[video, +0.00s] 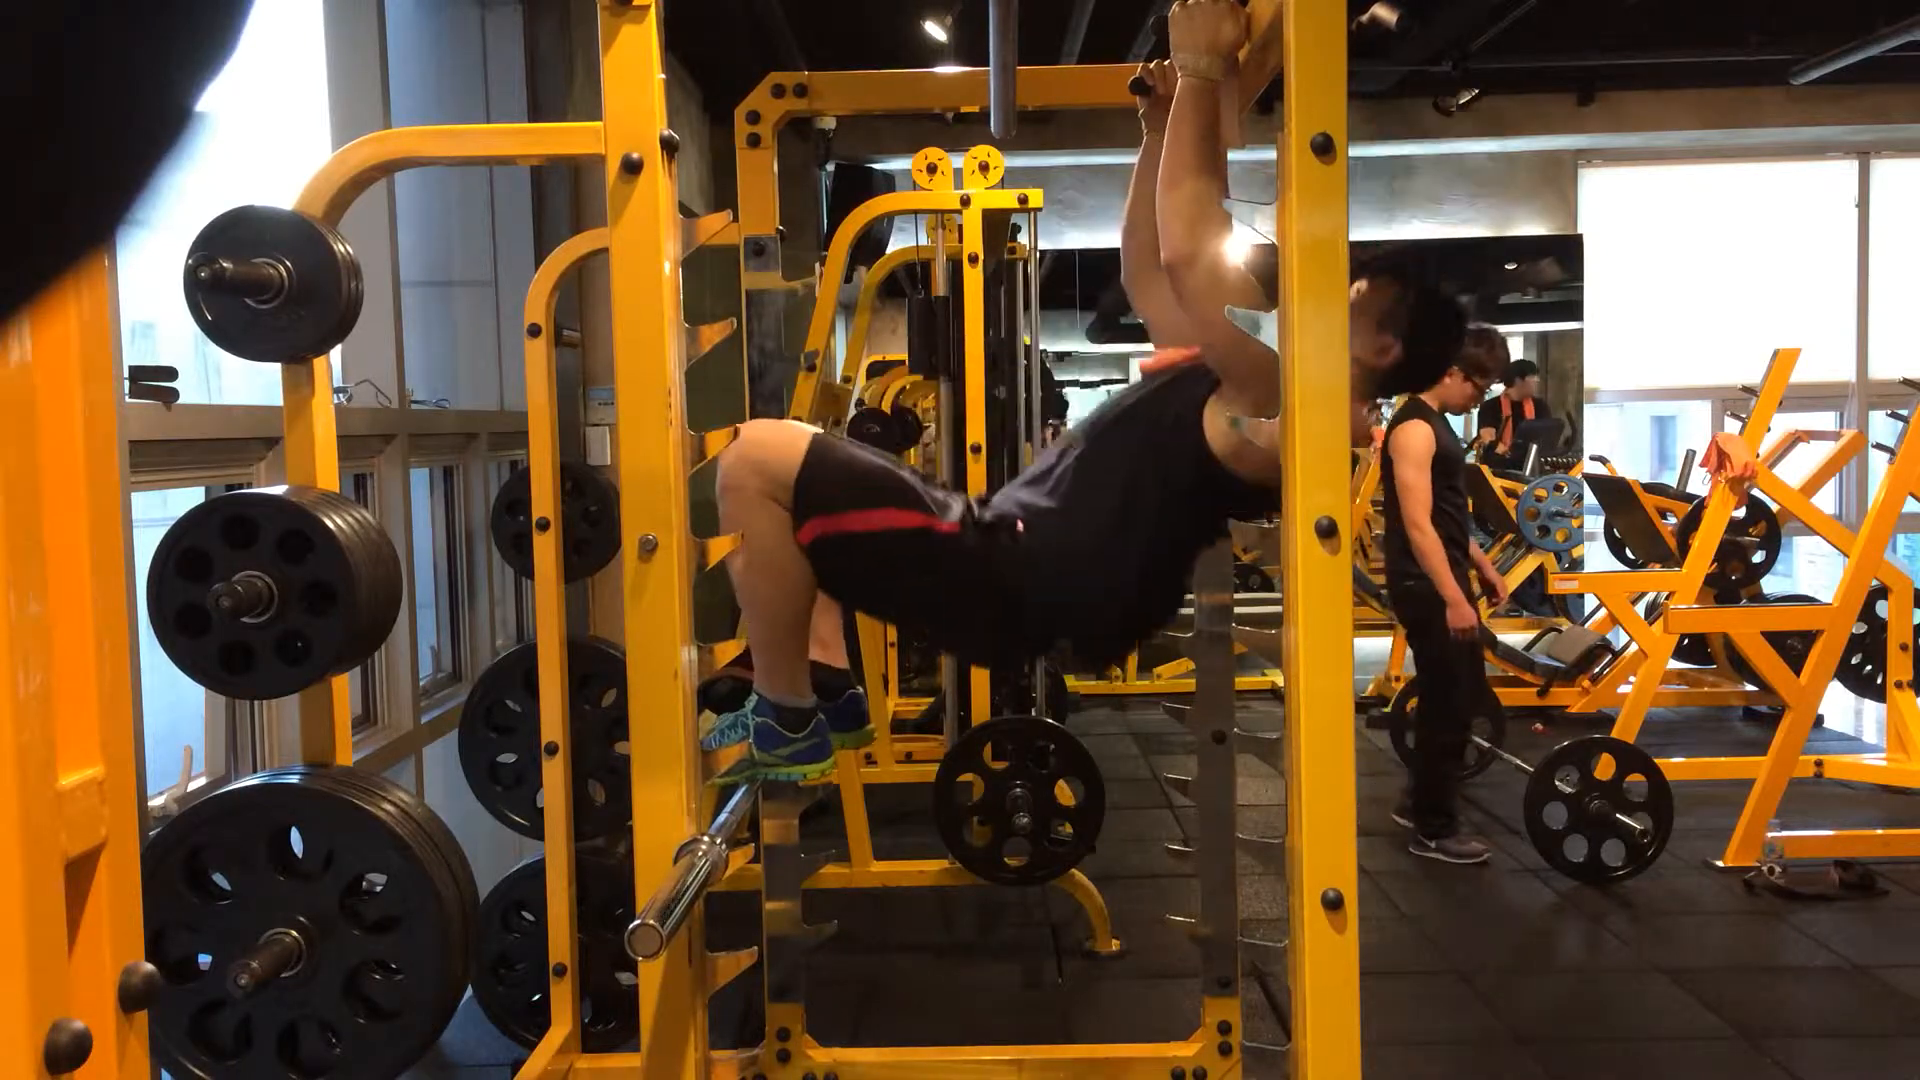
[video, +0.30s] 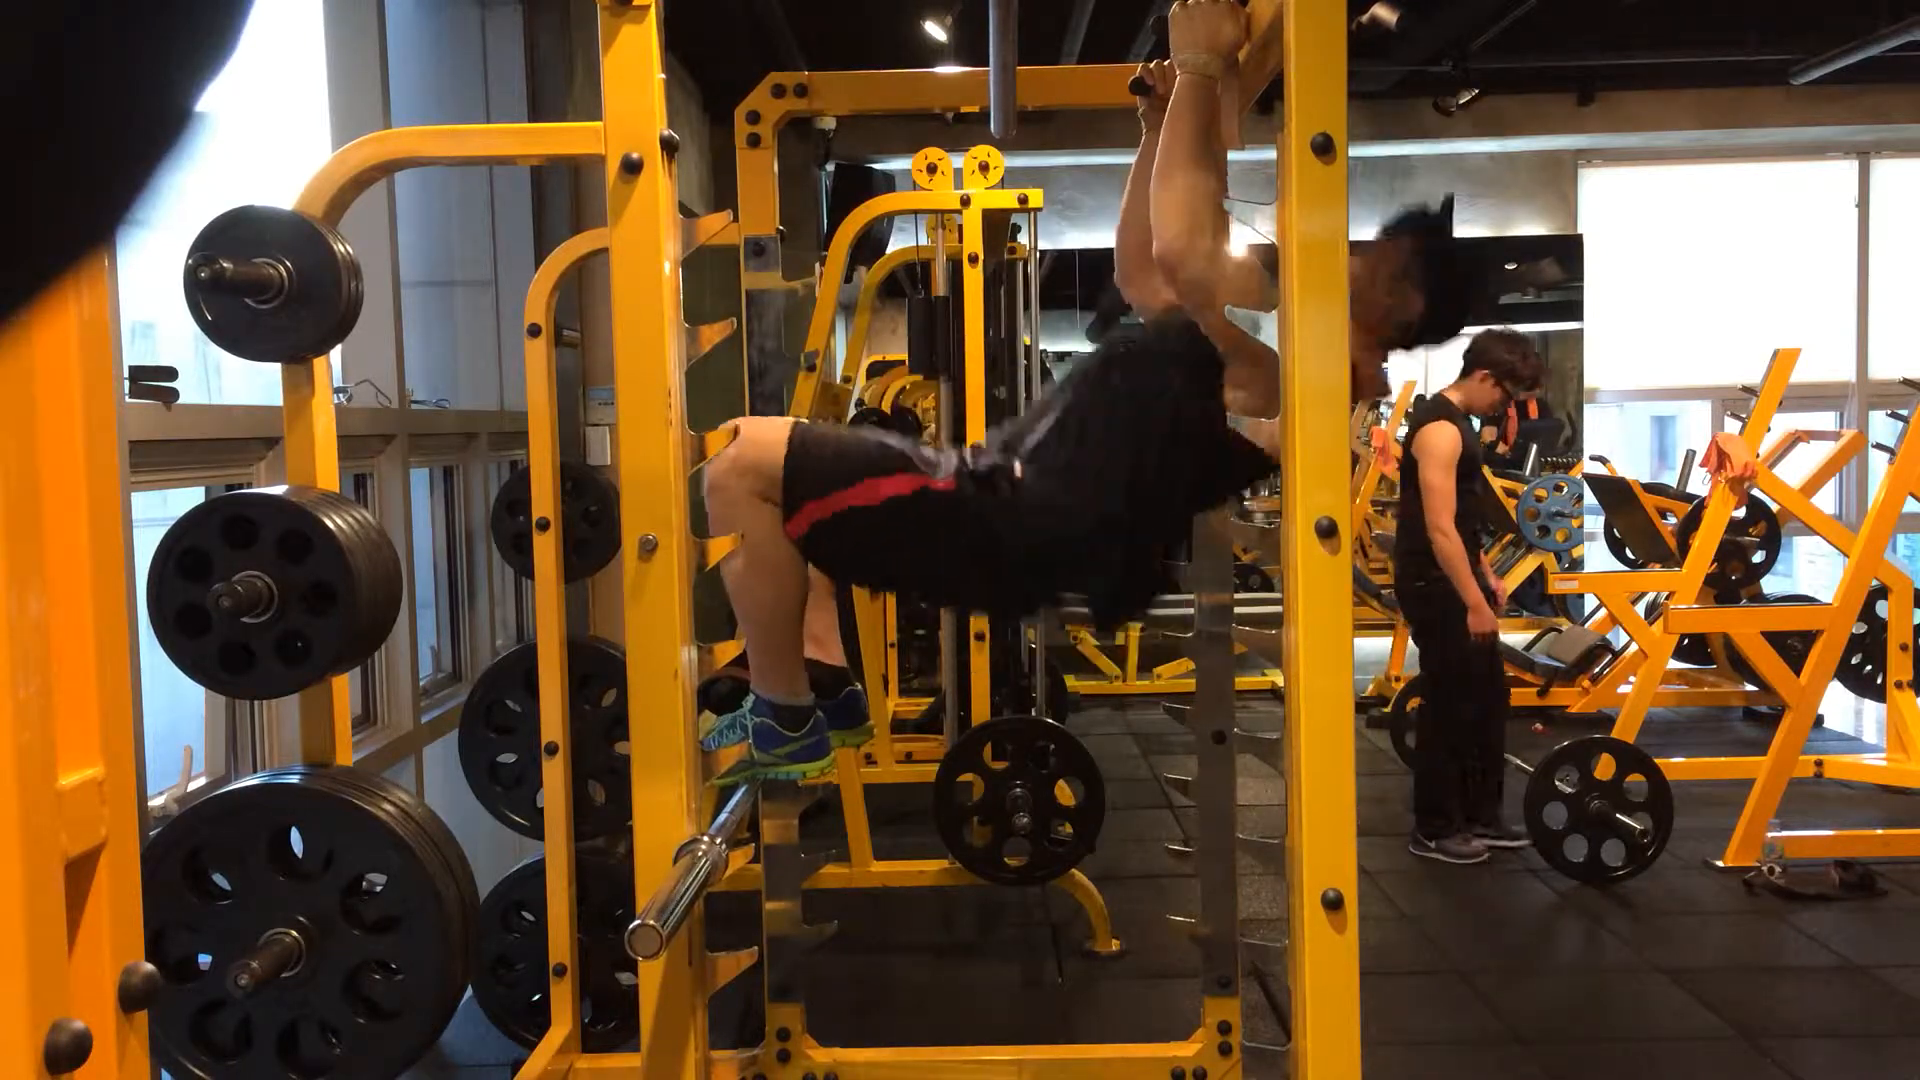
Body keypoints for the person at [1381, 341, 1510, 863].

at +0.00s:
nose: (1478, 400)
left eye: (1483, 391)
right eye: (1477, 388)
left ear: (1454, 376)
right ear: (1452, 374)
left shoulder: (1434, 425)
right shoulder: (1414, 429)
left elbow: (1446, 514)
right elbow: (1416, 524)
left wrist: (1483, 566)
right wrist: (1453, 598)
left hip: (1441, 581)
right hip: (1425, 586)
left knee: (1456, 693)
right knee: (1448, 699)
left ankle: (1421, 799)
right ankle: (1434, 828)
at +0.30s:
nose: (1502, 407)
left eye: (1508, 399)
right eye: (1504, 396)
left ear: (1481, 379)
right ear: (1482, 377)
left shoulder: (1456, 424)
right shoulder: (1440, 429)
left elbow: (1458, 521)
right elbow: (1439, 530)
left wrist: (1486, 575)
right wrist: (1474, 603)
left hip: (1456, 581)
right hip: (1434, 584)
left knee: (1488, 695)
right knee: (1453, 700)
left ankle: (1478, 818)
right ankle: (1436, 828)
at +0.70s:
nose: (1561, 410)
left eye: (1567, 401)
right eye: (1564, 398)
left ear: (1536, 376)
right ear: (1545, 379)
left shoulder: (1489, 418)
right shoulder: (1493, 428)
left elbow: (1484, 524)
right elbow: (1490, 528)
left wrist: (1512, 590)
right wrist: (1525, 599)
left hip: (1475, 582)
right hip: (1473, 585)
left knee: (1505, 704)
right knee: (1488, 703)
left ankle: (1515, 827)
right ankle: (1437, 827)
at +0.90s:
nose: (1583, 415)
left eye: (1589, 407)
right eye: (1588, 405)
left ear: (1566, 381)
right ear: (1572, 385)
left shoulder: (1513, 420)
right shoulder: (1514, 434)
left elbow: (1517, 524)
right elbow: (1512, 538)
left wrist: (1563, 569)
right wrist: (1554, 608)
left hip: (1493, 578)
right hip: (1486, 583)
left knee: (1522, 702)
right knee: (1516, 703)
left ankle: (1498, 821)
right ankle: (1472, 820)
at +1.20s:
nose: (1626, 452)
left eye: (1634, 446)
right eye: (1632, 441)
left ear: (1615, 415)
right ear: (1617, 419)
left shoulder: (1565, 443)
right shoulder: (1552, 455)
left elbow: (1586, 520)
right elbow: (1539, 560)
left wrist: (1631, 568)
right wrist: (1567, 632)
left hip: (1495, 574)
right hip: (1478, 577)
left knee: (1509, 701)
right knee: (1503, 704)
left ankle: (1504, 824)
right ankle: (1494, 838)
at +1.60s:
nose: (1662, 517)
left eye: (1671, 515)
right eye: (1670, 511)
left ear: (1661, 469)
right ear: (1664, 484)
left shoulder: (1606, 446)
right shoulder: (1606, 516)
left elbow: (1616, 539)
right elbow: (1585, 618)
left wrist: (1652, 590)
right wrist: (1594, 697)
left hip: (1471, 551)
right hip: (1483, 570)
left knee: (1501, 700)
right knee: (1501, 705)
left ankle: (1495, 824)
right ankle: (1493, 838)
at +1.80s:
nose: (1680, 532)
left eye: (1690, 528)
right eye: (1687, 524)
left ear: (1677, 476)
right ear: (1682, 503)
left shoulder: (1618, 446)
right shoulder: (1624, 530)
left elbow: (1622, 540)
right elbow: (1595, 632)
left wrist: (1653, 591)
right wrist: (1602, 716)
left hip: (1465, 547)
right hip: (1489, 572)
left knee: (1462, 687)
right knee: (1498, 707)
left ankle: (1440, 795)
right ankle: (1493, 839)